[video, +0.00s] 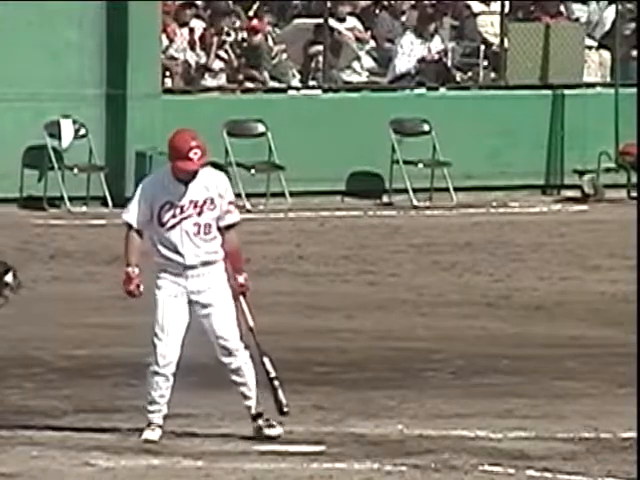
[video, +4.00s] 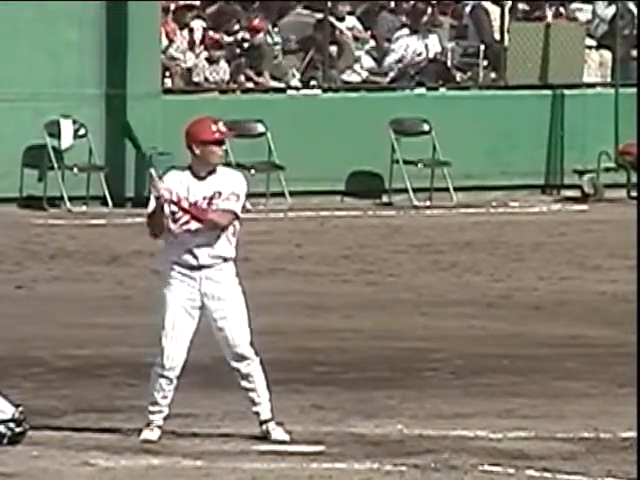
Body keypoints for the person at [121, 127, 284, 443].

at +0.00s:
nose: (195, 170)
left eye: (198, 164)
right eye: (188, 166)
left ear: (202, 157)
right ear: (172, 162)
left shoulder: (215, 180)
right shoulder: (151, 186)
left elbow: (229, 229)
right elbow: (134, 227)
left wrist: (239, 272)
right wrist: (132, 267)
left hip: (211, 275)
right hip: (170, 278)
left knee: (230, 345)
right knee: (164, 354)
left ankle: (257, 413)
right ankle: (154, 422)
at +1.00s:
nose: (238, 155)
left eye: (239, 150)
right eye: (232, 150)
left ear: (239, 152)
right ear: (213, 153)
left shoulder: (248, 184)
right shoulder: (191, 186)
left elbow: (266, 229)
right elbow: (176, 235)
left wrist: (284, 249)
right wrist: (202, 267)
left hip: (232, 280)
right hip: (192, 280)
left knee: (248, 351)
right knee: (176, 354)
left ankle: (268, 420)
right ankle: (154, 421)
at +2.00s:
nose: (222, 149)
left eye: (223, 144)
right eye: (215, 145)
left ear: (223, 146)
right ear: (197, 148)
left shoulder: (235, 181)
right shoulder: (173, 182)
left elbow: (238, 227)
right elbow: (155, 232)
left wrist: (207, 219)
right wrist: (174, 217)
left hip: (222, 274)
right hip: (183, 276)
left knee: (241, 350)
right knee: (171, 355)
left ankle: (268, 421)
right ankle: (155, 421)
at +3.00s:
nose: (244, 153)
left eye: (244, 148)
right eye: (237, 149)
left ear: (240, 151)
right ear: (218, 154)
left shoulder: (246, 180)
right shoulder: (210, 186)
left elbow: (262, 223)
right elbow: (247, 225)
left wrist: (287, 245)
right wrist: (290, 242)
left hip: (230, 279)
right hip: (197, 279)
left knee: (249, 351)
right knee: (182, 354)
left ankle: (268, 421)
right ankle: (155, 422)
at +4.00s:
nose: (222, 148)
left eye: (222, 143)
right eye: (215, 144)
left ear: (221, 146)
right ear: (195, 149)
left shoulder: (233, 180)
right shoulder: (172, 181)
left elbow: (221, 221)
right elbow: (155, 231)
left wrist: (183, 204)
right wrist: (159, 203)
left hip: (221, 275)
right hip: (181, 276)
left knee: (241, 350)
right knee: (170, 357)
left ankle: (267, 421)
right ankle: (155, 421)